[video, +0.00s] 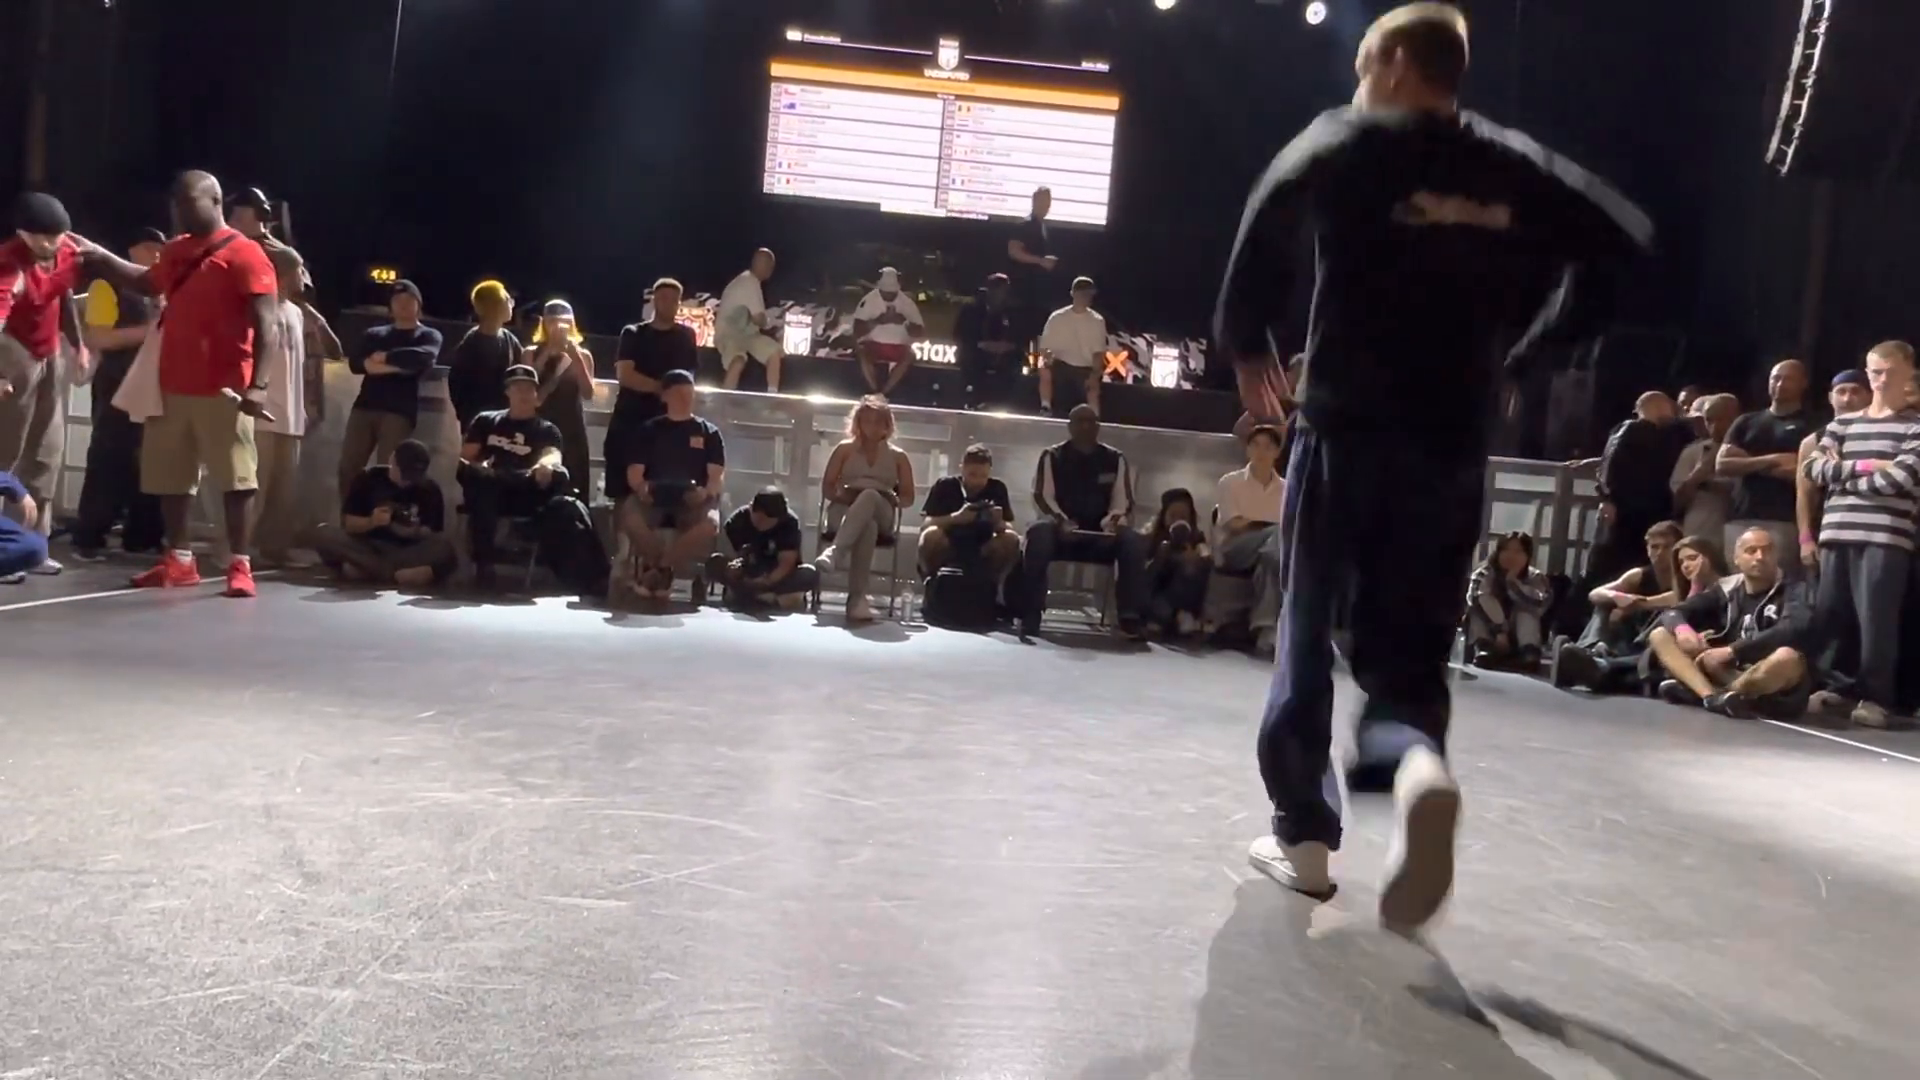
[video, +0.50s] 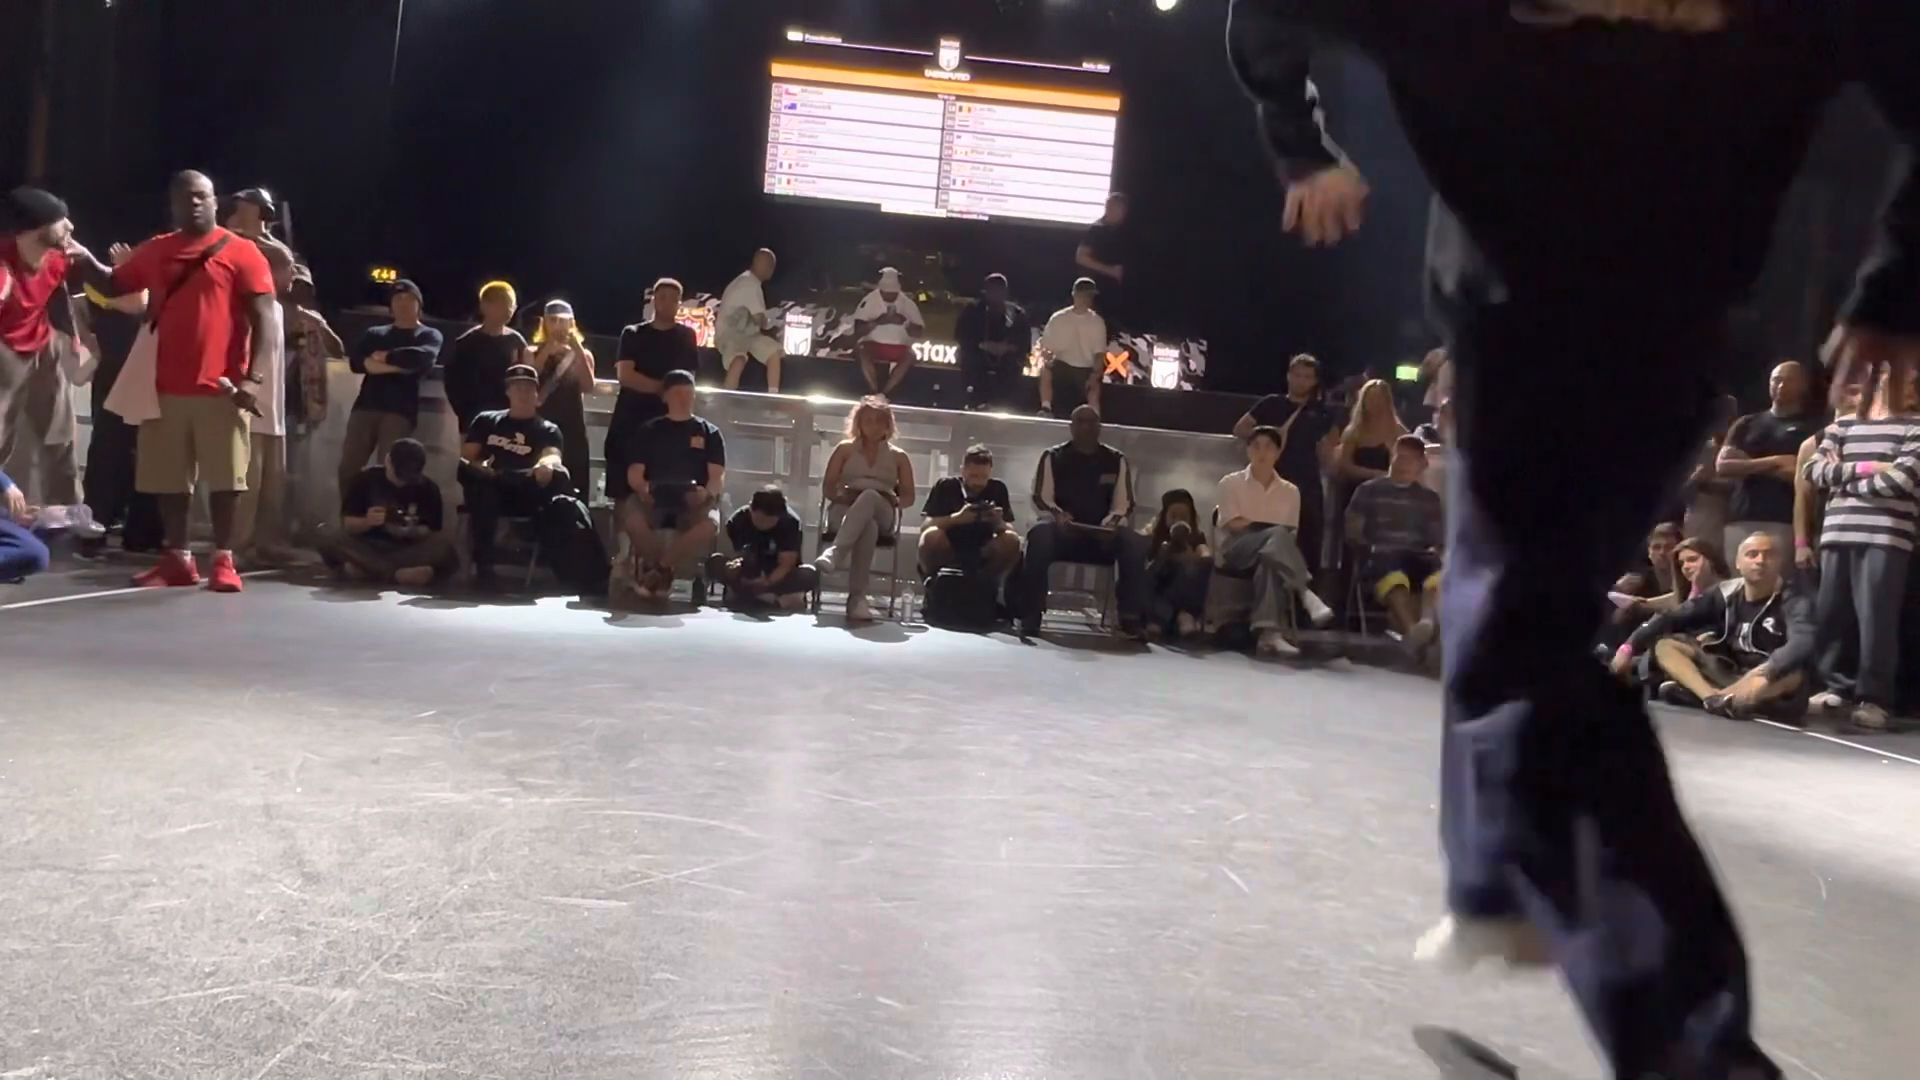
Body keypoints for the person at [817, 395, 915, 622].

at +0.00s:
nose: (875, 427)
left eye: (881, 422)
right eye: (869, 421)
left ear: (889, 426)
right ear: (858, 424)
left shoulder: (898, 457)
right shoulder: (845, 450)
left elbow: (908, 498)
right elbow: (828, 489)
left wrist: (885, 497)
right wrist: (852, 500)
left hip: (882, 518)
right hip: (843, 512)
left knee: (869, 496)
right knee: (867, 524)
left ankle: (834, 551)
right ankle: (857, 600)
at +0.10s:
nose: (874, 427)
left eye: (880, 422)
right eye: (869, 421)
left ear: (888, 426)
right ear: (858, 424)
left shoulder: (898, 457)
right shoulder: (844, 450)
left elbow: (908, 498)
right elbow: (828, 489)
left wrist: (884, 497)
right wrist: (852, 500)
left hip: (883, 518)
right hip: (843, 512)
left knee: (869, 496)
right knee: (867, 524)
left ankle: (835, 550)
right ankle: (857, 600)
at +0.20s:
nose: (876, 427)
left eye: (881, 422)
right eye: (870, 421)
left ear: (888, 426)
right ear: (858, 424)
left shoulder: (898, 457)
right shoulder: (844, 450)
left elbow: (907, 499)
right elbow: (828, 489)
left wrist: (882, 497)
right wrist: (852, 500)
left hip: (882, 518)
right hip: (843, 512)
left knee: (869, 496)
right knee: (867, 524)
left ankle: (834, 551)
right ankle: (857, 600)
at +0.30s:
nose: (877, 427)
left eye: (882, 422)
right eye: (870, 421)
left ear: (889, 426)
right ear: (859, 424)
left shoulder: (898, 457)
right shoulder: (845, 450)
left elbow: (908, 498)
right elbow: (828, 489)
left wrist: (883, 497)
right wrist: (851, 499)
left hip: (883, 518)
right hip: (843, 512)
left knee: (869, 496)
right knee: (868, 524)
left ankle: (835, 551)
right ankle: (857, 599)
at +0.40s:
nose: (873, 427)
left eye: (879, 421)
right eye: (868, 421)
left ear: (888, 425)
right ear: (859, 423)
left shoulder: (898, 457)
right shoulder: (845, 449)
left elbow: (908, 498)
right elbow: (828, 489)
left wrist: (889, 499)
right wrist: (848, 498)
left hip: (883, 517)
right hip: (844, 512)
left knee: (869, 496)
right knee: (869, 527)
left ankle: (835, 552)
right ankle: (857, 598)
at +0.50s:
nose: (874, 427)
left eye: (879, 421)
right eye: (868, 421)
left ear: (888, 425)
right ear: (858, 423)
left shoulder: (898, 457)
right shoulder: (845, 449)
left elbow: (908, 498)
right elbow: (828, 489)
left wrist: (890, 500)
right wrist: (848, 498)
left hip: (883, 517)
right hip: (844, 511)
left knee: (869, 496)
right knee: (869, 526)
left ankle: (835, 552)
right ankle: (857, 598)